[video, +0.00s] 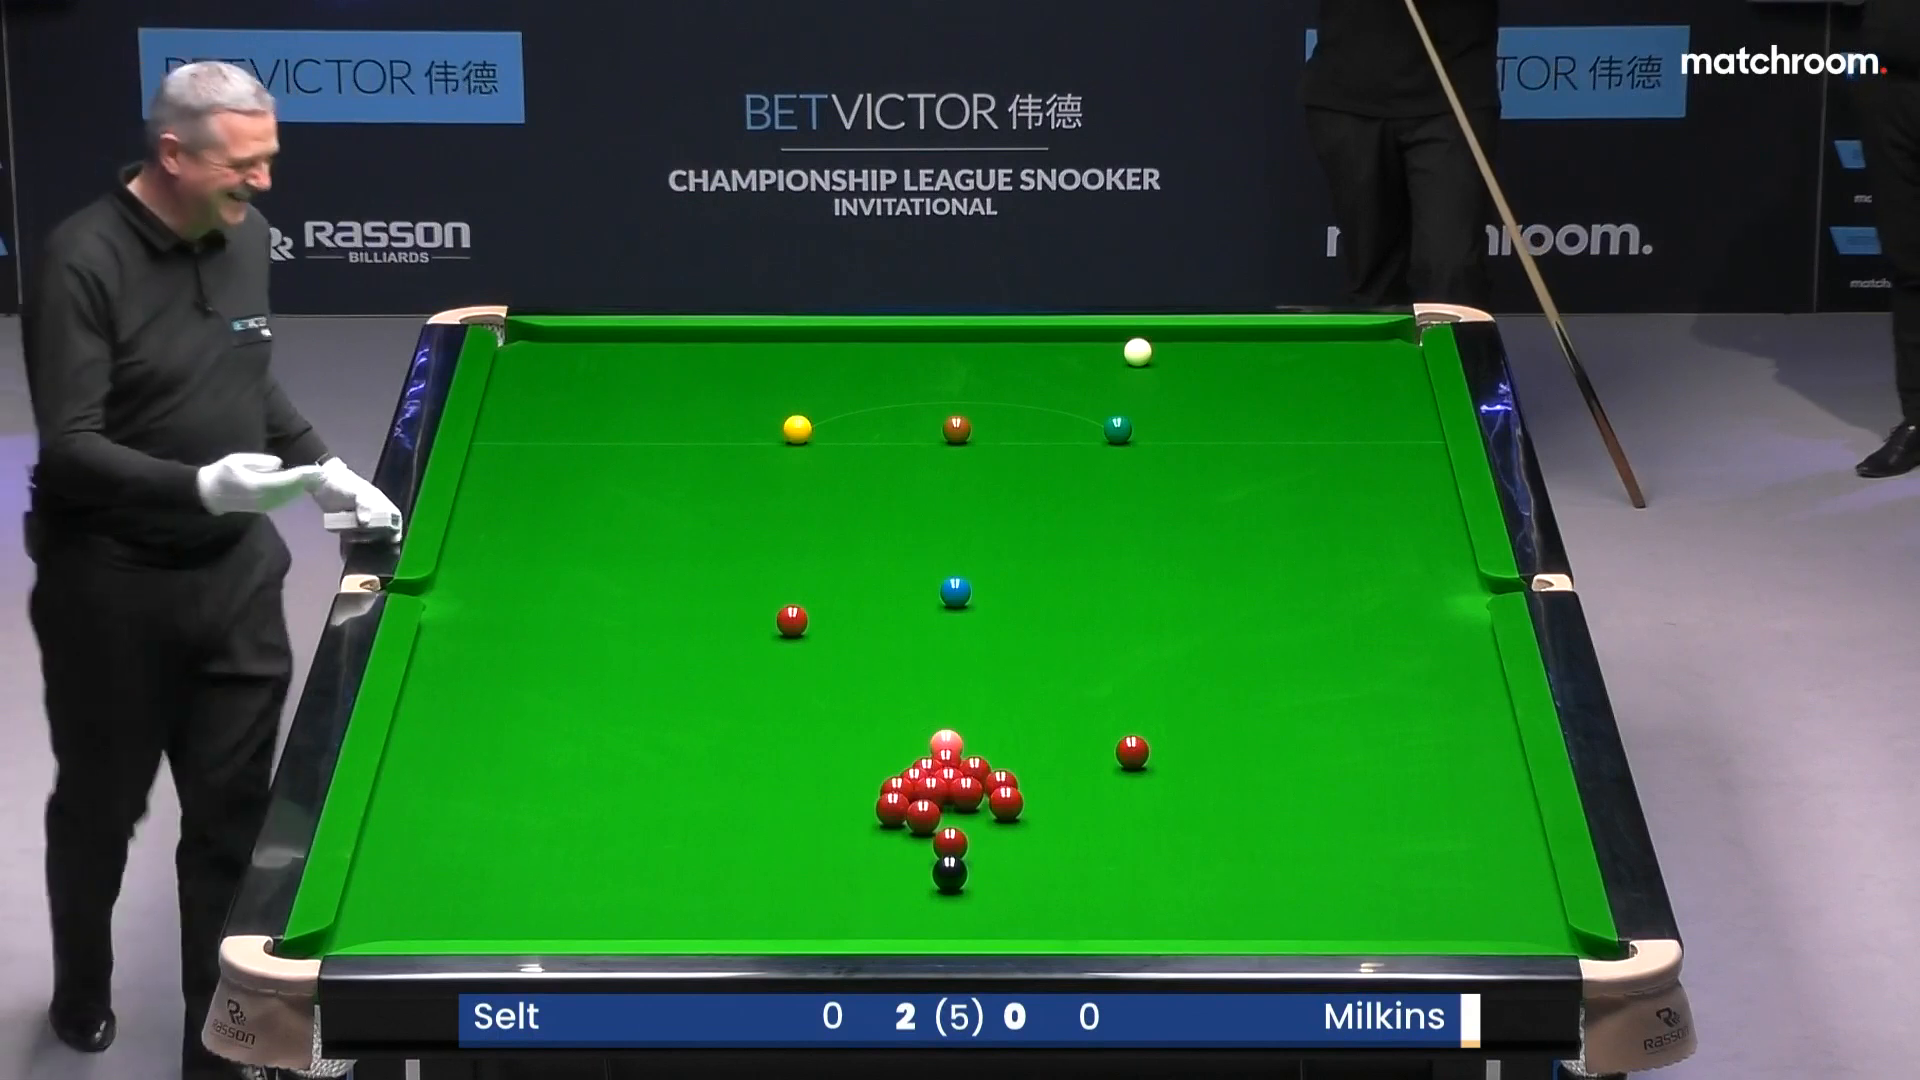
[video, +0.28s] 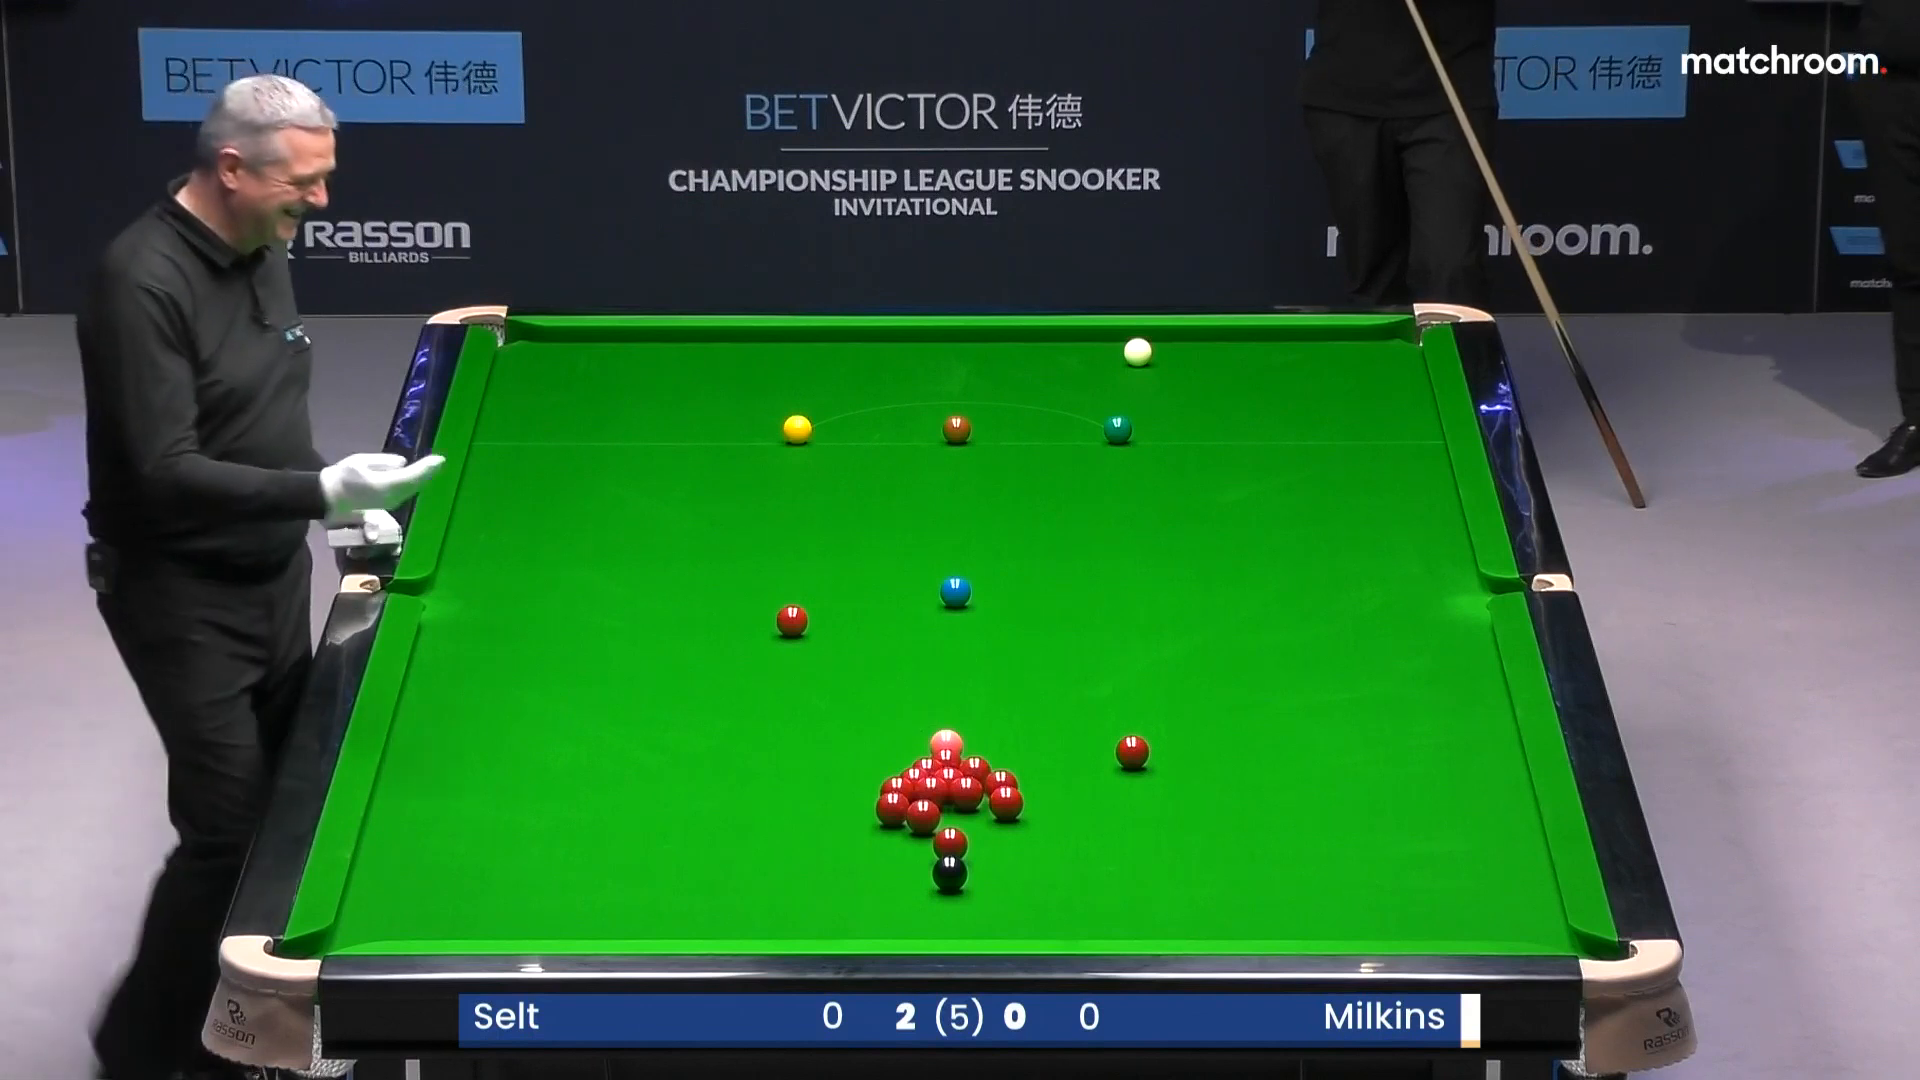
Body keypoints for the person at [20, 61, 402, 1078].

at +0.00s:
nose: (264, 182)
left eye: (268, 161)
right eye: (245, 165)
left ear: (249, 148)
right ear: (173, 155)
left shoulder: (244, 238)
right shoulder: (79, 259)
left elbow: (256, 388)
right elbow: (67, 444)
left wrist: (328, 477)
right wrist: (198, 483)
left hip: (235, 575)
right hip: (109, 587)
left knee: (231, 823)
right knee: (99, 807)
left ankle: (218, 1031)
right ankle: (81, 980)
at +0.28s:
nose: (318, 198)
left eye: (323, 178)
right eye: (301, 180)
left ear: (260, 174)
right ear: (231, 171)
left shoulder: (260, 249)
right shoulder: (138, 280)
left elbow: (265, 422)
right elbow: (158, 470)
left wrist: (332, 509)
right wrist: (319, 488)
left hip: (268, 578)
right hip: (174, 592)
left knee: (286, 810)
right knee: (230, 829)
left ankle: (231, 1035)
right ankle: (141, 1044)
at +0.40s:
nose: (344, 218)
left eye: (350, 197)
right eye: (328, 199)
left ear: (268, 188)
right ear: (258, 184)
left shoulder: (259, 263)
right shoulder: (173, 299)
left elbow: (274, 445)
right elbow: (211, 495)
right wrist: (375, 504)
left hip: (270, 592)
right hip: (203, 610)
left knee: (276, 840)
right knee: (223, 860)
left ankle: (265, 1051)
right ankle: (214, 1060)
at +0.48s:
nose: (361, 230)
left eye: (368, 210)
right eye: (348, 210)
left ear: (285, 193)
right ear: (280, 192)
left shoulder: (250, 269)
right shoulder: (200, 311)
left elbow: (276, 449)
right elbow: (248, 506)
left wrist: (344, 544)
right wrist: (417, 514)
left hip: (258, 602)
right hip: (213, 619)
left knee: (269, 842)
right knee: (227, 861)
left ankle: (253, 1049)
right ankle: (211, 1058)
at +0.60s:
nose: (398, 243)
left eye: (404, 223)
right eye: (386, 223)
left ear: (318, 203)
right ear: (317, 204)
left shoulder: (261, 264)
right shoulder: (242, 317)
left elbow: (301, 442)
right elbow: (305, 518)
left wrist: (342, 548)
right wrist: (482, 520)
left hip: (253, 603)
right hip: (219, 622)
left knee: (258, 849)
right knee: (228, 865)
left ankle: (245, 1048)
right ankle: (211, 1058)